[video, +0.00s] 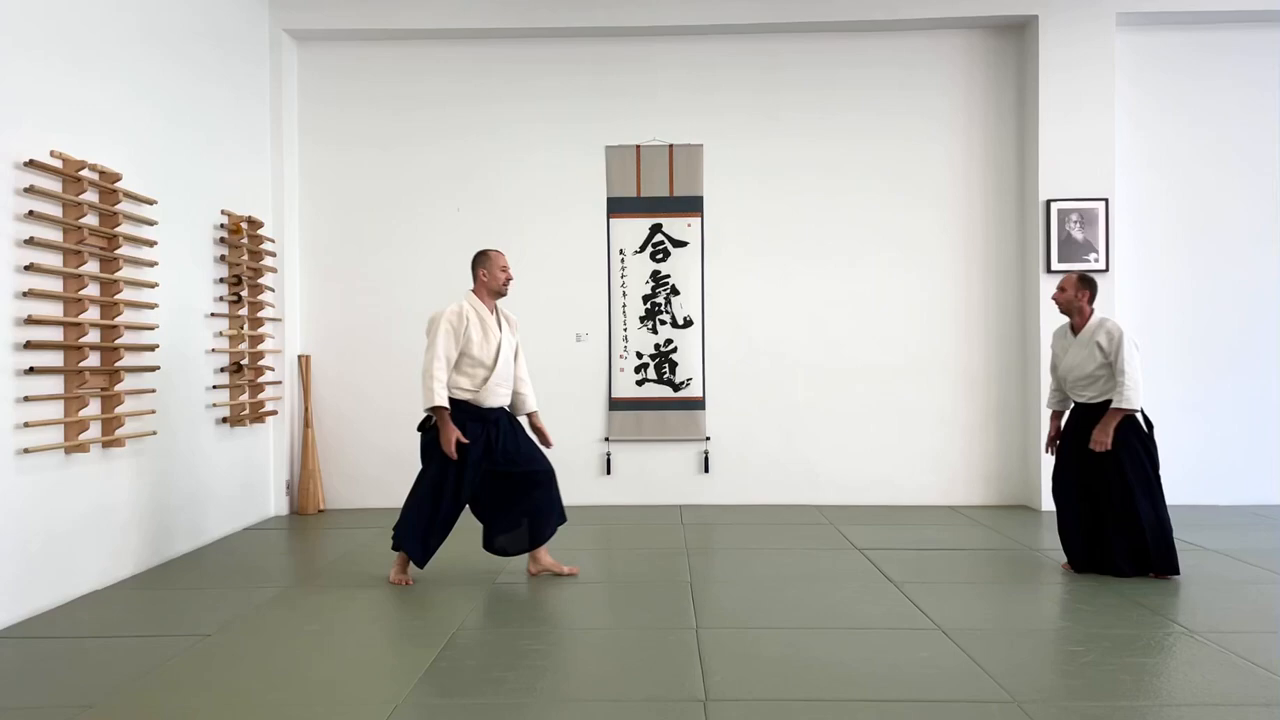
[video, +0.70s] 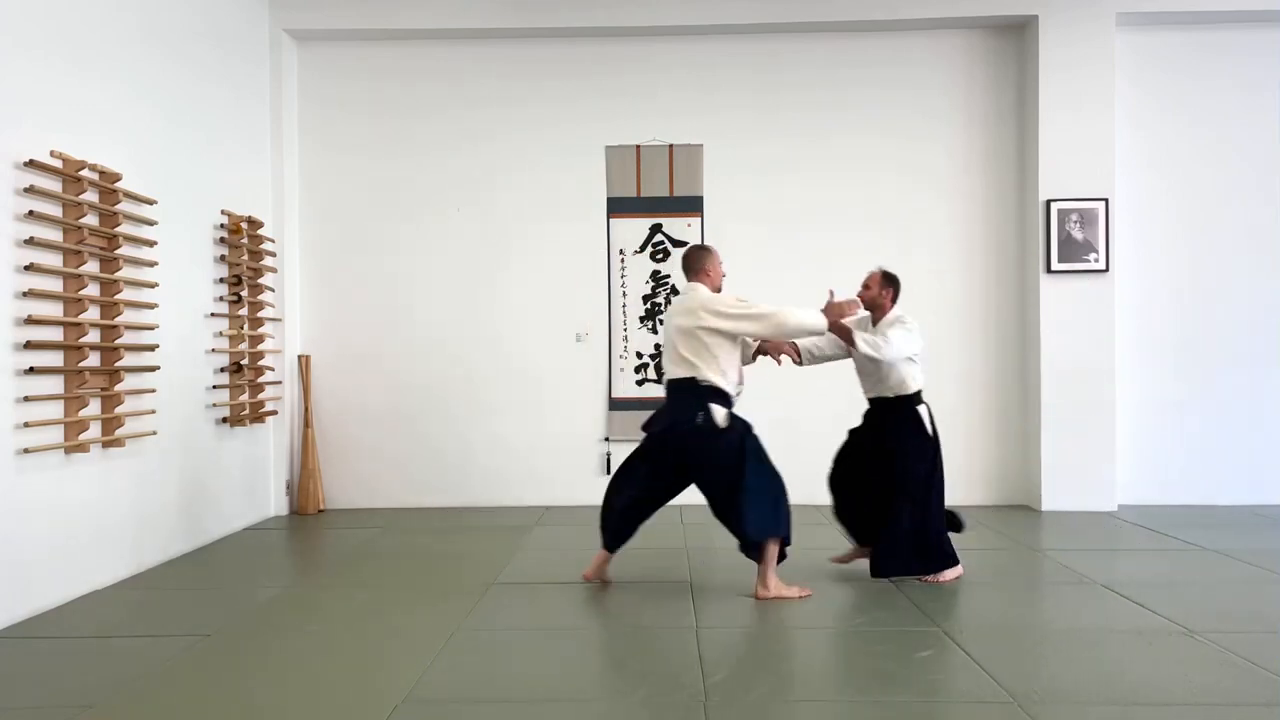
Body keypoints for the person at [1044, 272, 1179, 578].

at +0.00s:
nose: (1054, 295)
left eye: (1062, 290)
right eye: (1056, 289)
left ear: (1083, 296)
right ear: (1076, 296)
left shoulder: (1111, 332)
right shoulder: (1060, 337)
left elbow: (1130, 386)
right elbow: (1059, 387)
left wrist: (1108, 424)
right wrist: (1054, 424)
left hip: (1119, 418)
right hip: (1081, 420)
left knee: (1136, 491)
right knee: (1068, 487)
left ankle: (1158, 562)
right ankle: (1083, 556)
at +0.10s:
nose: (1030, 296)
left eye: (1037, 292)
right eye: (1032, 291)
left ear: (1058, 297)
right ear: (1051, 297)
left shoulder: (1081, 330)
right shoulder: (1039, 338)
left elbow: (1110, 377)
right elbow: (1041, 388)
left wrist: (1081, 413)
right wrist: (1033, 422)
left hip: (1098, 420)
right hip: (1063, 421)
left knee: (1123, 488)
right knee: (1061, 492)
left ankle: (1158, 559)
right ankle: (1078, 558)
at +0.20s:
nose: (1003, 300)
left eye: (1010, 295)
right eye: (1005, 294)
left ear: (1031, 300)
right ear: (1026, 301)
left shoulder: (1054, 331)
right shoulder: (1014, 341)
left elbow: (1094, 372)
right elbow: (1019, 389)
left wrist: (1066, 405)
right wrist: (1004, 420)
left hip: (1071, 423)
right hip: (1042, 424)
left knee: (1084, 491)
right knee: (1049, 495)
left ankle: (1127, 552)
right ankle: (1076, 559)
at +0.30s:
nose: (976, 306)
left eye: (982, 301)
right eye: (977, 300)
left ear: (1002, 305)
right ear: (998, 306)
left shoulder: (1029, 333)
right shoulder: (987, 345)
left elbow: (1077, 367)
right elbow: (983, 391)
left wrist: (1052, 404)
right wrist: (958, 420)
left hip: (1047, 422)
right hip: (1022, 423)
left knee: (1032, 488)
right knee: (1029, 489)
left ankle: (1057, 553)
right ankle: (1063, 554)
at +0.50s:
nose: (920, 299)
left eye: (927, 295)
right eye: (922, 294)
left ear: (946, 304)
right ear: (941, 303)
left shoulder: (972, 334)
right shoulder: (921, 338)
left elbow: (1020, 366)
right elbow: (891, 370)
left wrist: (1003, 408)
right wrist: (856, 371)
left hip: (977, 423)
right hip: (953, 425)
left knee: (953, 491)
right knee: (1000, 487)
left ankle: (959, 565)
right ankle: (1049, 536)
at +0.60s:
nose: (890, 297)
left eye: (897, 293)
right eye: (892, 291)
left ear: (917, 301)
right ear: (909, 300)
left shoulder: (942, 335)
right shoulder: (887, 334)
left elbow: (968, 379)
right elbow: (848, 356)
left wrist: (926, 388)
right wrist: (806, 352)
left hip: (943, 419)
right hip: (915, 419)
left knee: (936, 490)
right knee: (916, 489)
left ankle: (951, 565)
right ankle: (972, 520)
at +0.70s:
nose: (859, 292)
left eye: (867, 288)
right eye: (861, 287)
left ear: (887, 295)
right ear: (879, 295)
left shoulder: (904, 327)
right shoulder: (859, 326)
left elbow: (886, 351)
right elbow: (823, 347)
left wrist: (839, 325)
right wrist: (783, 347)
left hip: (908, 418)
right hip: (878, 417)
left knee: (915, 491)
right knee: (844, 478)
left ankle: (946, 562)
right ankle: (867, 542)